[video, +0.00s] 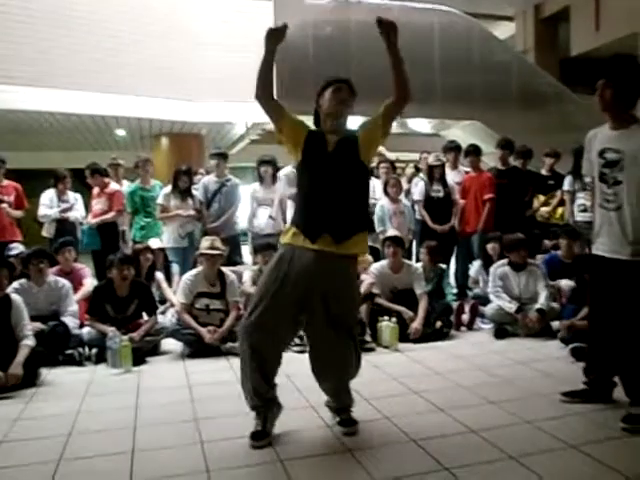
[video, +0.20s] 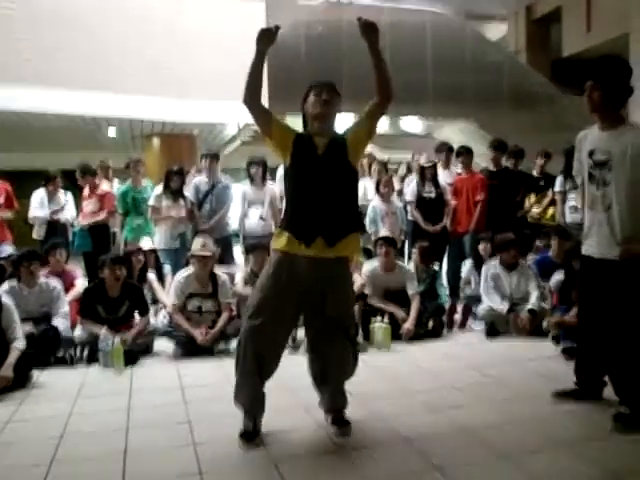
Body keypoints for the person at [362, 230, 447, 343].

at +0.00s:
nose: (393, 250)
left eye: (396, 246)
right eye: (389, 247)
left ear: (402, 249)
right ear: (384, 250)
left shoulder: (414, 269)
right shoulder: (377, 269)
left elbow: (423, 297)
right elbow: (375, 298)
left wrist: (418, 322)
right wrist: (402, 310)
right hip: (386, 304)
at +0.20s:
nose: (384, 250)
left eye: (388, 246)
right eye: (380, 247)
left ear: (394, 250)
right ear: (376, 250)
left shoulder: (406, 271)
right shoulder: (369, 269)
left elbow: (415, 297)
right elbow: (370, 297)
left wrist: (410, 322)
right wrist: (396, 311)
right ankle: (368, 339)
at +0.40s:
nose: (385, 225)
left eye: (388, 221)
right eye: (381, 222)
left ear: (394, 224)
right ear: (376, 226)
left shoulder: (405, 244)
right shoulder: (369, 244)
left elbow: (415, 272)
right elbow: (370, 273)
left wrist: (411, 296)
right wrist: (395, 286)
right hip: (378, 275)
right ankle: (370, 315)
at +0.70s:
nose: (387, 224)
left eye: (391, 220)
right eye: (383, 221)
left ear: (397, 224)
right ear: (379, 225)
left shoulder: (410, 244)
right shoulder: (371, 245)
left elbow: (418, 272)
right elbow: (372, 272)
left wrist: (414, 296)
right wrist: (397, 285)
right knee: (368, 281)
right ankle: (372, 314)